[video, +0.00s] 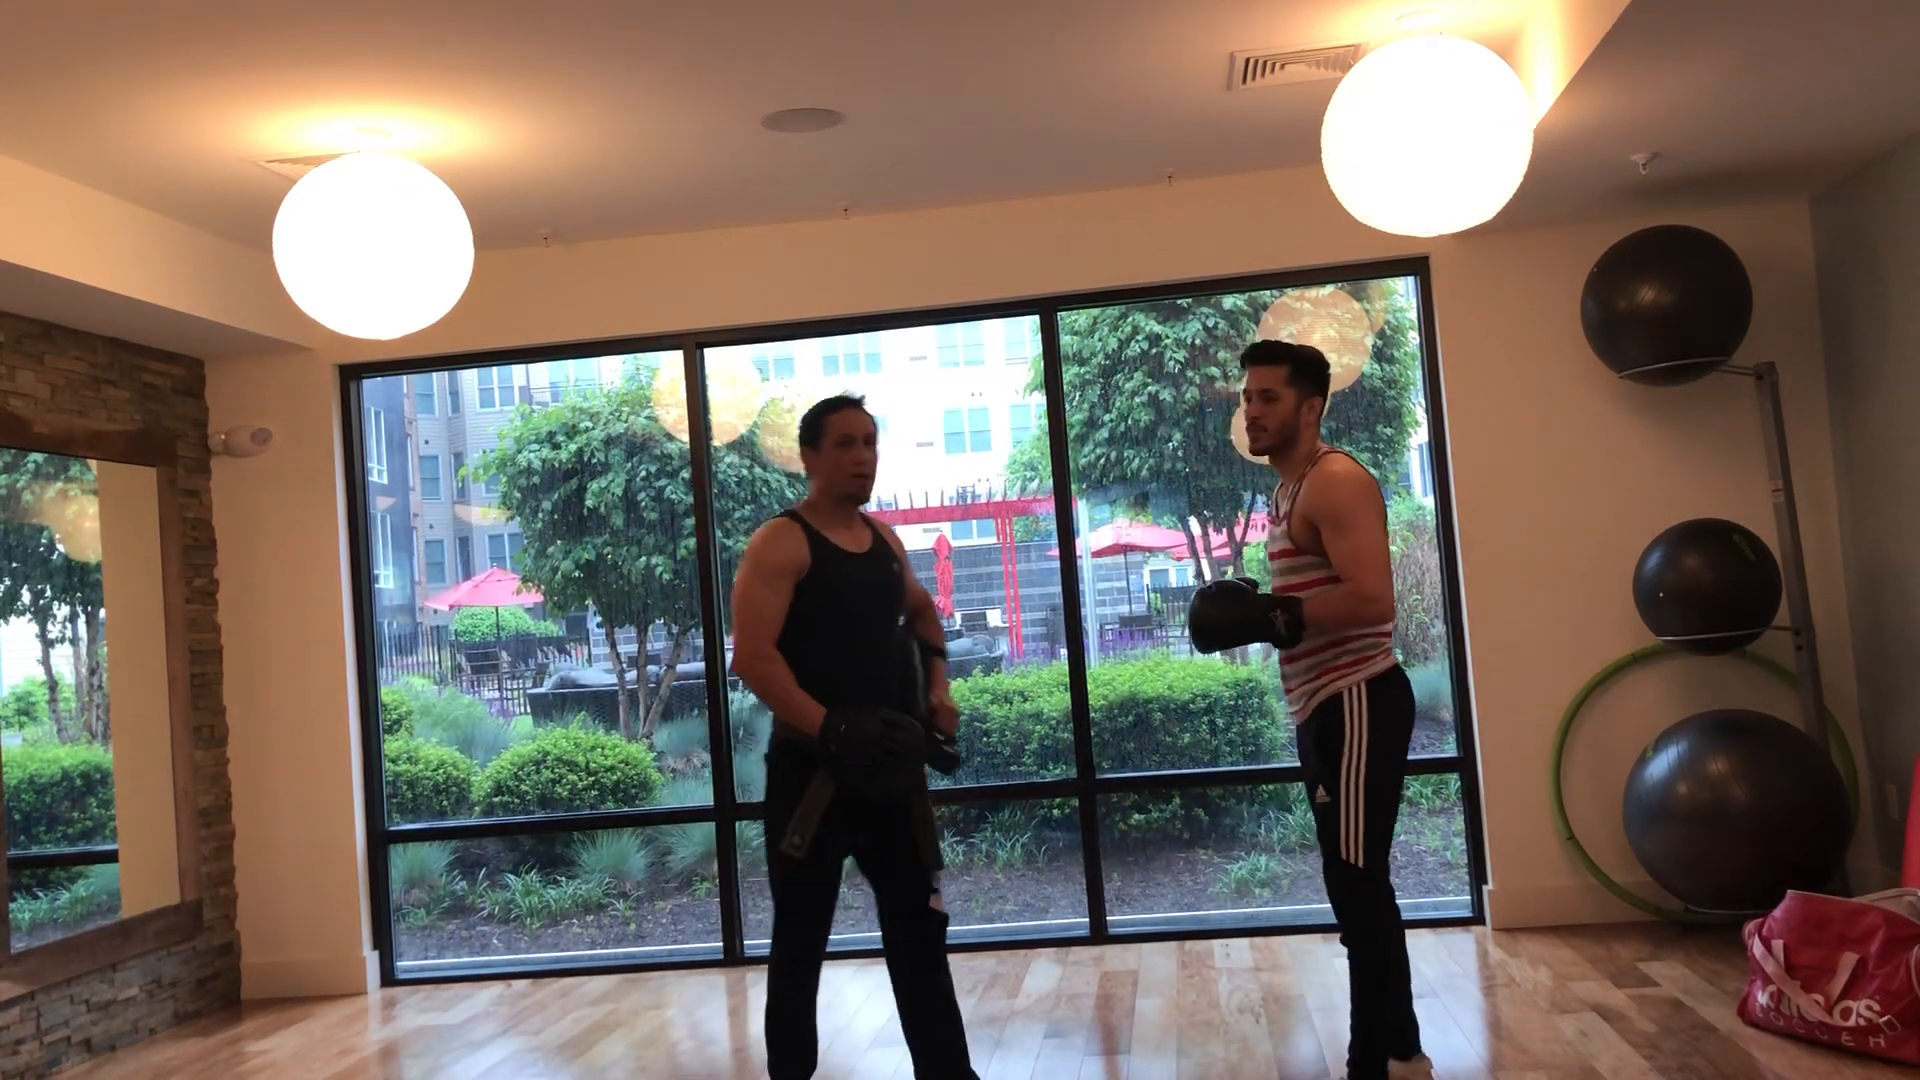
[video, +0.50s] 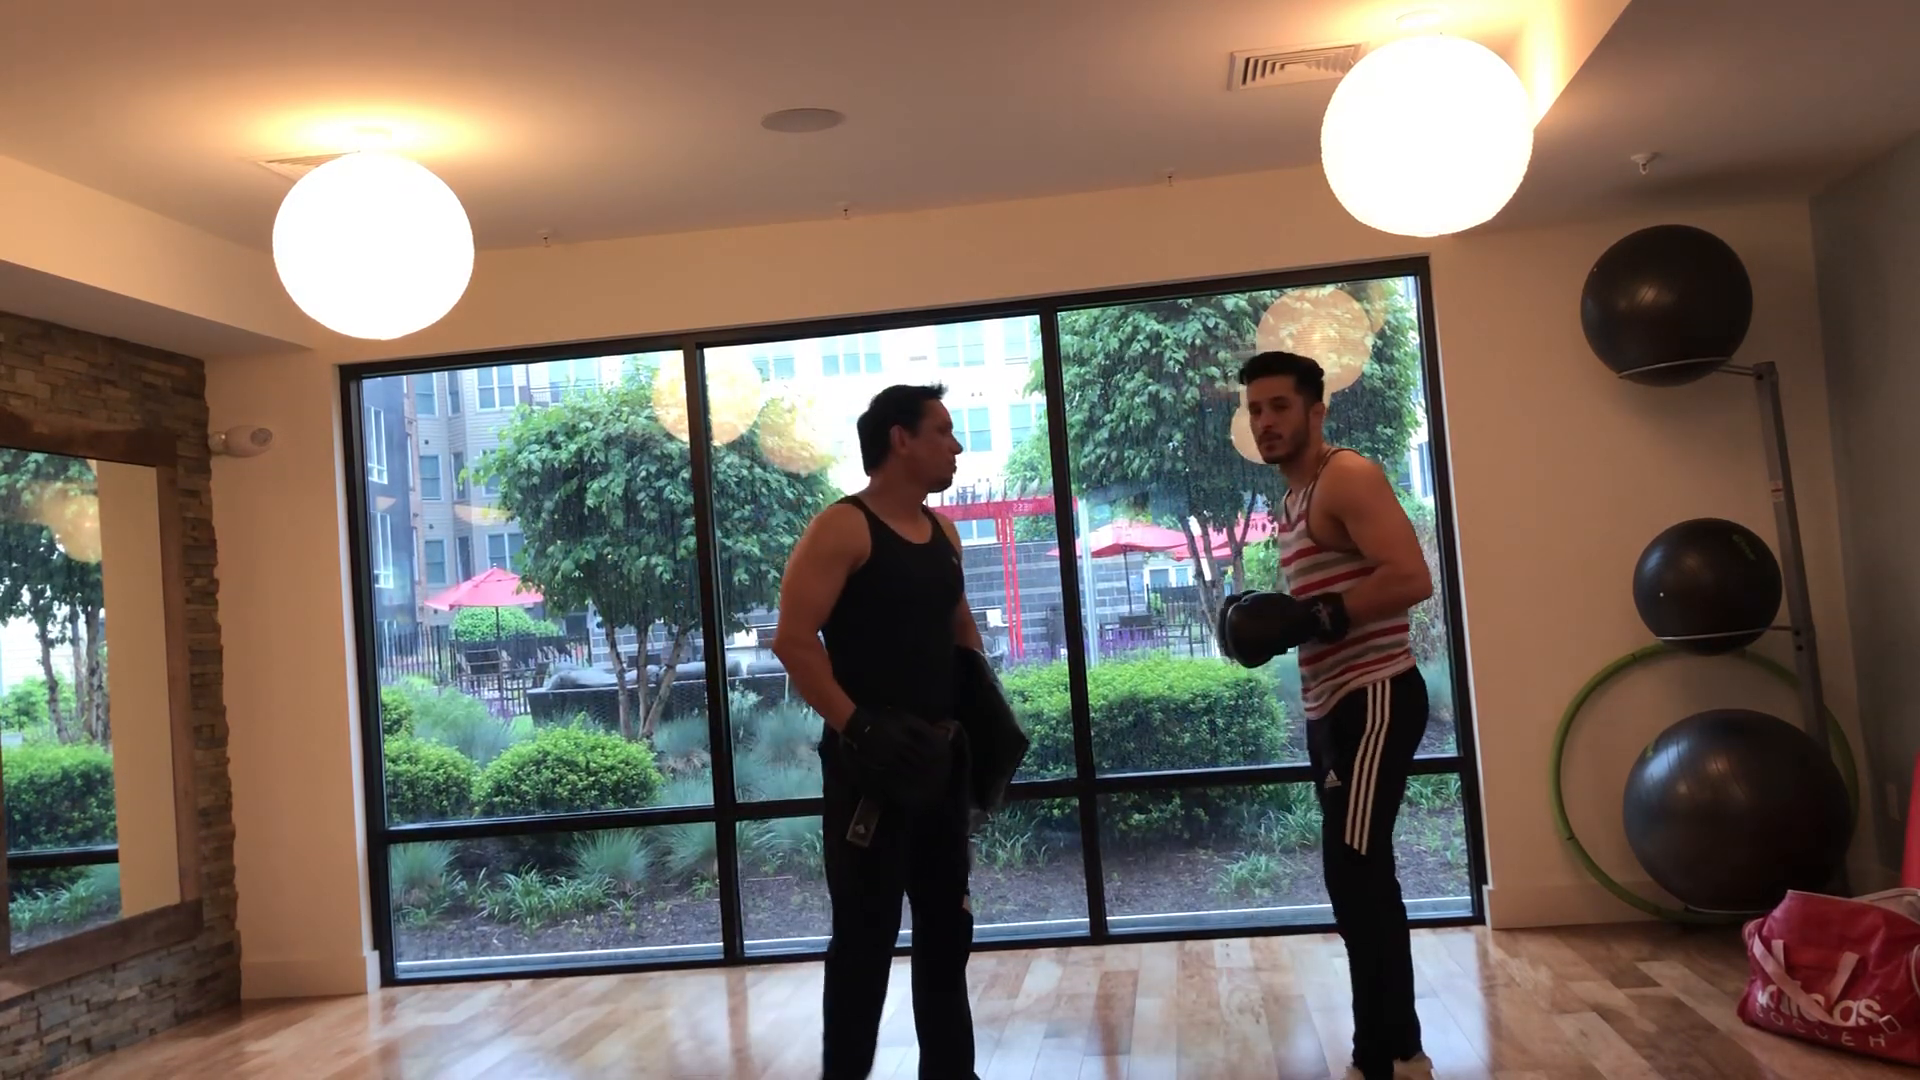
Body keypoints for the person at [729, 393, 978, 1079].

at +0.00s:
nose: (863, 457)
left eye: (870, 444)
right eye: (845, 445)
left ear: (878, 454)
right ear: (809, 458)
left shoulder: (881, 537)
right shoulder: (777, 544)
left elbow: (923, 618)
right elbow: (751, 657)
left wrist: (938, 686)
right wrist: (829, 728)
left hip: (890, 762)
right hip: (809, 768)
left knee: (918, 929)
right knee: (800, 940)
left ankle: (947, 1073)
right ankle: (790, 1073)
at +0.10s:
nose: (886, 451)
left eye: (891, 439)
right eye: (869, 439)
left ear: (897, 446)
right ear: (829, 452)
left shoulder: (899, 535)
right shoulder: (799, 536)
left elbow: (941, 617)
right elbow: (760, 647)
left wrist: (961, 690)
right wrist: (832, 727)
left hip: (905, 756)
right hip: (826, 762)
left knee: (929, 927)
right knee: (815, 933)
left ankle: (949, 1072)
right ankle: (794, 1071)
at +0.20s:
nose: (918, 444)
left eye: (916, 433)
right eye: (901, 434)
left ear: (901, 448)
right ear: (855, 449)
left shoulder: (919, 537)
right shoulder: (818, 535)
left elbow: (947, 623)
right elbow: (770, 644)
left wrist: (979, 696)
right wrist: (829, 730)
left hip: (918, 756)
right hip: (843, 759)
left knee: (934, 929)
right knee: (832, 931)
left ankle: (948, 1071)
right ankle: (796, 1070)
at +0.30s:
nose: (943, 445)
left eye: (939, 432)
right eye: (929, 434)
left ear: (901, 448)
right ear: (882, 447)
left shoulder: (929, 531)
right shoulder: (833, 532)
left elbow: (949, 622)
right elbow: (779, 641)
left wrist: (985, 709)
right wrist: (840, 731)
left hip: (929, 754)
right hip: (855, 757)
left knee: (941, 927)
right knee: (854, 928)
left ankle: (950, 1072)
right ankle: (802, 1066)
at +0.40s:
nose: (955, 446)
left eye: (952, 434)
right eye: (943, 434)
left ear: (910, 444)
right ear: (901, 442)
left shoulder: (937, 528)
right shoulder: (840, 528)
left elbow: (957, 619)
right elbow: (787, 639)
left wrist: (988, 710)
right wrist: (853, 729)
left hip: (938, 754)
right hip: (863, 758)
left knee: (943, 930)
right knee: (866, 930)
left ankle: (950, 1073)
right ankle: (815, 1065)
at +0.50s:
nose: (956, 445)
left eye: (953, 432)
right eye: (944, 433)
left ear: (910, 443)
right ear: (900, 441)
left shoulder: (937, 529)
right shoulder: (841, 526)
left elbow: (958, 620)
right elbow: (792, 639)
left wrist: (984, 710)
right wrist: (858, 730)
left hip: (941, 757)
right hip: (864, 761)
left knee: (946, 937)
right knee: (863, 942)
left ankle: (950, 1074)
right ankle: (844, 1075)